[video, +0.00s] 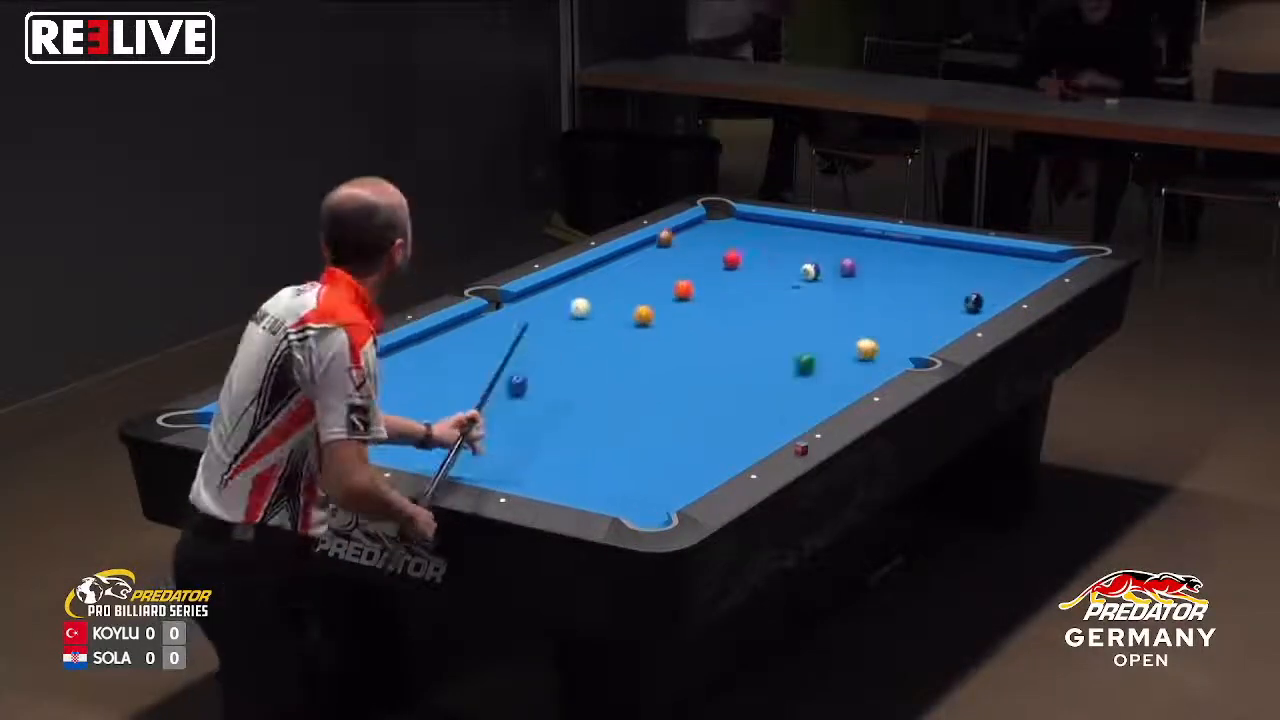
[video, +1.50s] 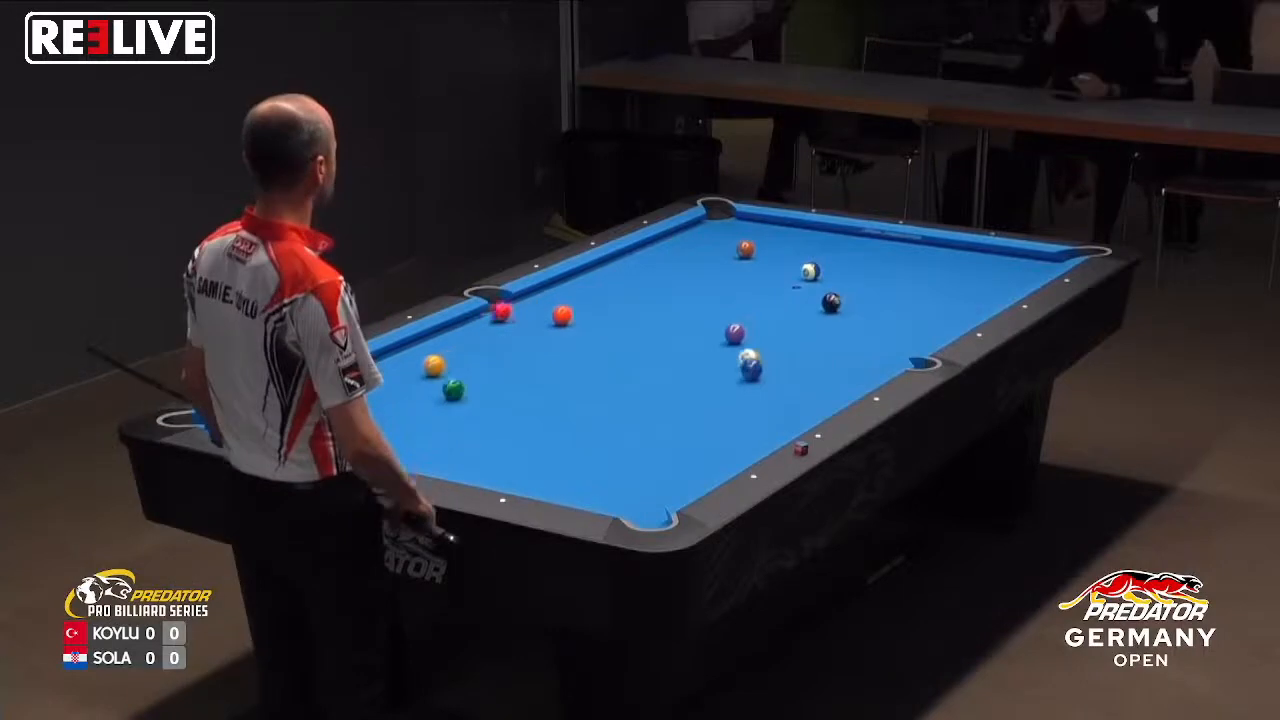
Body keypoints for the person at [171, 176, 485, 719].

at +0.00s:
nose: (410, 244)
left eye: (407, 231)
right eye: (409, 234)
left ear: (330, 239)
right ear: (397, 251)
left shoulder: (289, 302)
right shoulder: (343, 334)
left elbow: (337, 415)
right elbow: (348, 482)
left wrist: (429, 432)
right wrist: (407, 512)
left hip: (211, 538)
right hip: (252, 556)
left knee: (252, 696)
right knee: (277, 699)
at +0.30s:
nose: (398, 233)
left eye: (396, 219)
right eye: (397, 221)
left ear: (316, 223)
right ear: (384, 238)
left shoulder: (274, 292)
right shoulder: (332, 326)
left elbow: (290, 407)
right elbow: (326, 474)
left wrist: (386, 422)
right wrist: (387, 525)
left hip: (216, 537)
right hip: (264, 556)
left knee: (263, 695)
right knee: (286, 698)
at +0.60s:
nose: (390, 184)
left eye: (388, 171)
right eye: (388, 174)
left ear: (310, 180)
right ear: (373, 192)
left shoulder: (268, 247)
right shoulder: (326, 282)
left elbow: (266, 370)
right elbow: (321, 441)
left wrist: (345, 381)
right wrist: (365, 480)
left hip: (223, 485)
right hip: (268, 506)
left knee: (280, 660)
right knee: (291, 667)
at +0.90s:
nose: (360, 155)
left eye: (359, 142)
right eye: (358, 144)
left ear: (279, 152)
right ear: (343, 159)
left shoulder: (237, 231)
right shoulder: (316, 261)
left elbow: (242, 358)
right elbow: (345, 413)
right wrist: (381, 454)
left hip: (239, 474)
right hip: (299, 486)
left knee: (274, 650)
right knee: (322, 652)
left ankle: (281, 713)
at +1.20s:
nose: (344, 154)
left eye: (341, 142)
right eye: (342, 143)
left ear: (267, 148)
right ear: (328, 155)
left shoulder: (219, 238)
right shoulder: (313, 259)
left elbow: (209, 355)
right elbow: (353, 416)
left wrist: (266, 406)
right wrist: (406, 472)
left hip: (245, 479)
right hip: (314, 487)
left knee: (276, 653)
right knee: (339, 653)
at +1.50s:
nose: (335, 165)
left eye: (331, 153)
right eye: (333, 154)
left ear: (251, 163)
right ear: (321, 167)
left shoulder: (208, 255)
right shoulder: (313, 282)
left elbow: (196, 378)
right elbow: (357, 440)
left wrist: (241, 441)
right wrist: (407, 496)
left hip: (247, 497)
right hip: (319, 503)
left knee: (281, 664)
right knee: (348, 662)